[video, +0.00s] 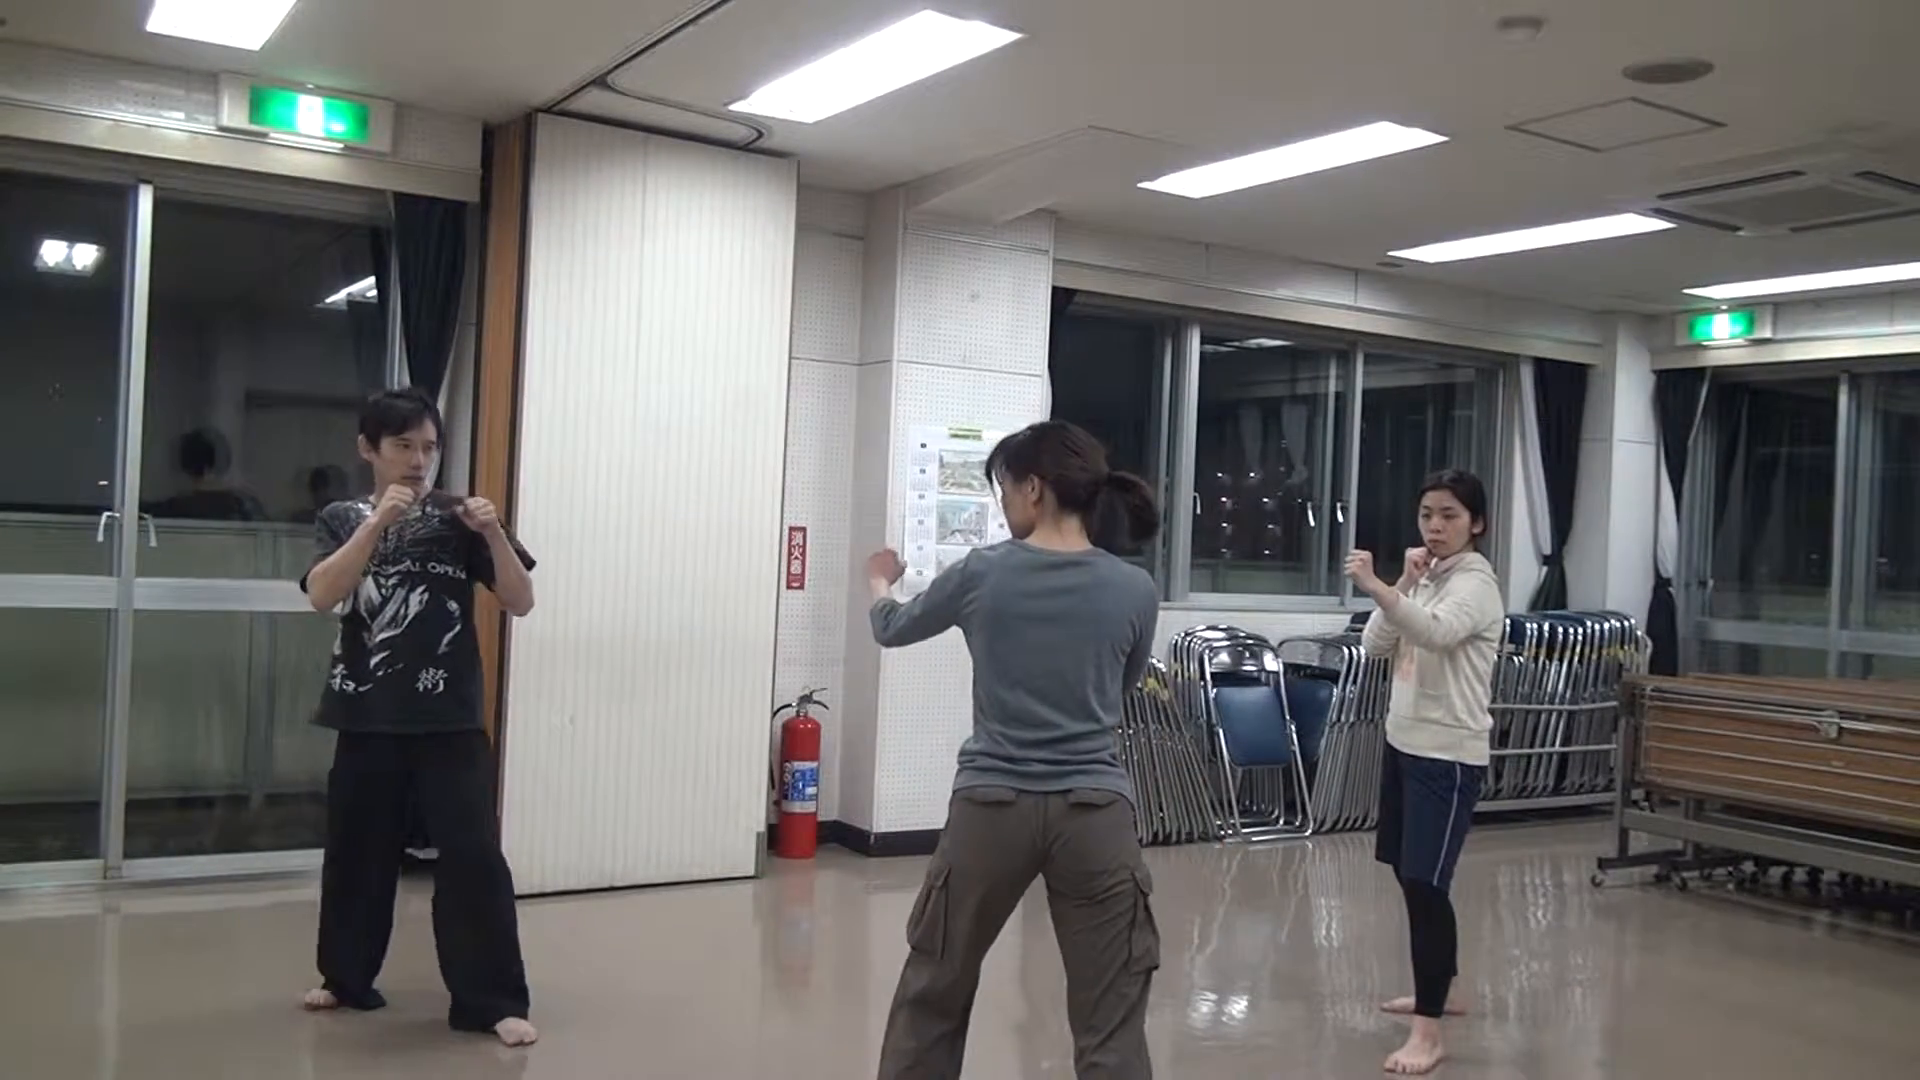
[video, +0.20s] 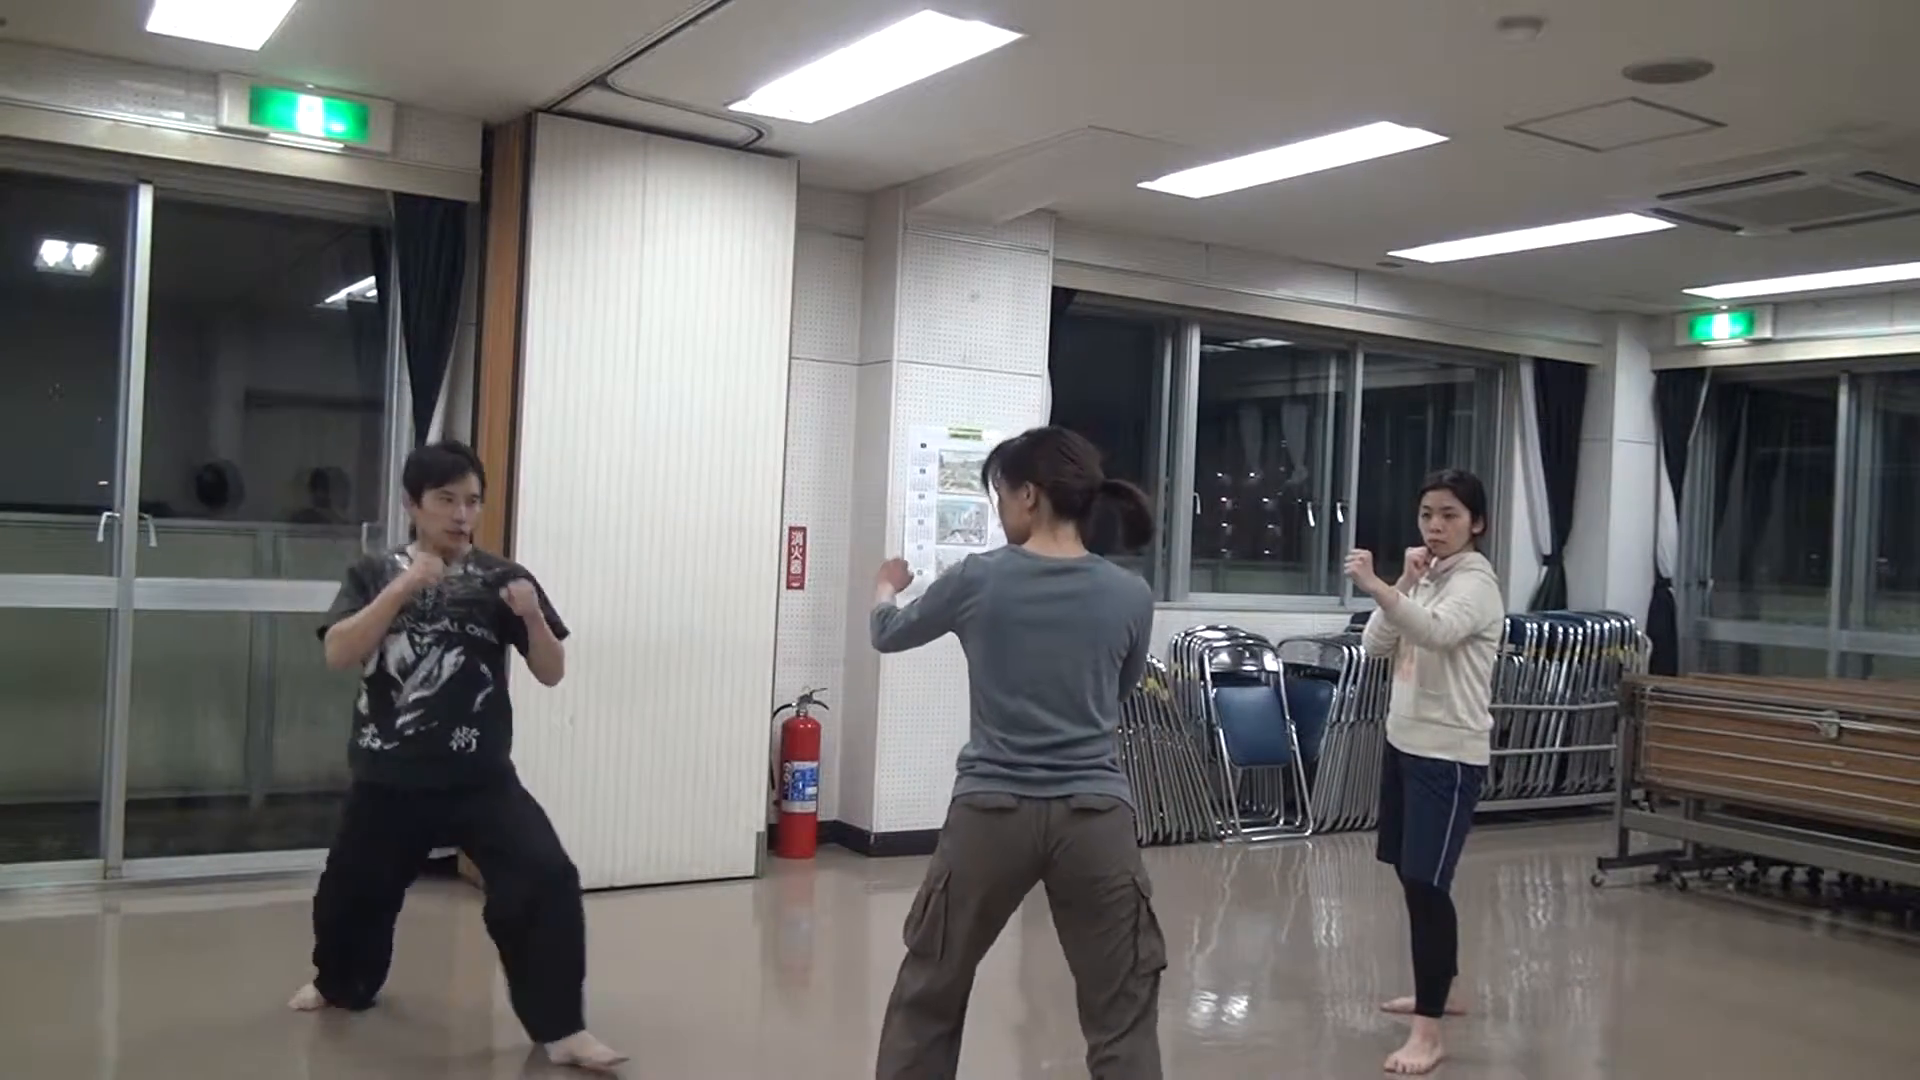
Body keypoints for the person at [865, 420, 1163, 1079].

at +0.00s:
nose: (1002, 507)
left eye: (1005, 491)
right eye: (1001, 492)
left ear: (1036, 490)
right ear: (1085, 494)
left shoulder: (983, 571)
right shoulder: (1136, 587)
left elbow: (895, 627)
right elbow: (1124, 682)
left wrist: (879, 585)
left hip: (992, 810)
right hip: (1097, 811)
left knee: (935, 987)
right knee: (1110, 1012)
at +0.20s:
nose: (997, 509)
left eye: (1002, 494)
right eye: (997, 494)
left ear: (1033, 497)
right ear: (1078, 500)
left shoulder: (979, 578)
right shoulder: (1131, 591)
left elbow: (890, 634)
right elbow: (1122, 684)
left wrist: (886, 591)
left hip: (992, 818)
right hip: (1098, 818)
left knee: (931, 990)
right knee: (1121, 1010)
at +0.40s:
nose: (1017, 543)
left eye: (1021, 529)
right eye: (1017, 529)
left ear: (1048, 536)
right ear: (1098, 537)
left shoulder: (992, 616)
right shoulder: (1147, 629)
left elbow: (903, 669)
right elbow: (1144, 721)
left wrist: (916, 628)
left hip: (1021, 864)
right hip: (1131, 860)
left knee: (920, 1010)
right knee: (1209, 1021)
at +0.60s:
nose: (1142, 555)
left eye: (1150, 543)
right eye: (1144, 543)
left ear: (1186, 549)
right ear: (1210, 552)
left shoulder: (1135, 631)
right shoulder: (1261, 648)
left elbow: (1044, 725)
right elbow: (1225, 731)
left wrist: (1002, 714)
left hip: (1132, 879)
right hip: (1231, 881)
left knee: (1010, 1024)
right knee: (1300, 1043)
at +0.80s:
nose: (1230, 565)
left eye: (1238, 552)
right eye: (1233, 552)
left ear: (1271, 562)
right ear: (1303, 567)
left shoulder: (1202, 628)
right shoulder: (1345, 671)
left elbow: (1076, 643)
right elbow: (1319, 763)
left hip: (1174, 876)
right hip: (1284, 888)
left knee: (1054, 1035)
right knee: (1347, 1052)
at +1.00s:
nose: (1260, 555)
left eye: (1268, 546)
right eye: (1267, 544)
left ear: (1291, 559)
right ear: (1345, 573)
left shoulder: (1213, 612)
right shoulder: (1361, 679)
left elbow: (1111, 660)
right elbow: (1422, 805)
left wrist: (1161, 687)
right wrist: (1434, 912)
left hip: (1172, 870)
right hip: (1284, 885)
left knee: (1054, 1019)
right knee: (1350, 1045)